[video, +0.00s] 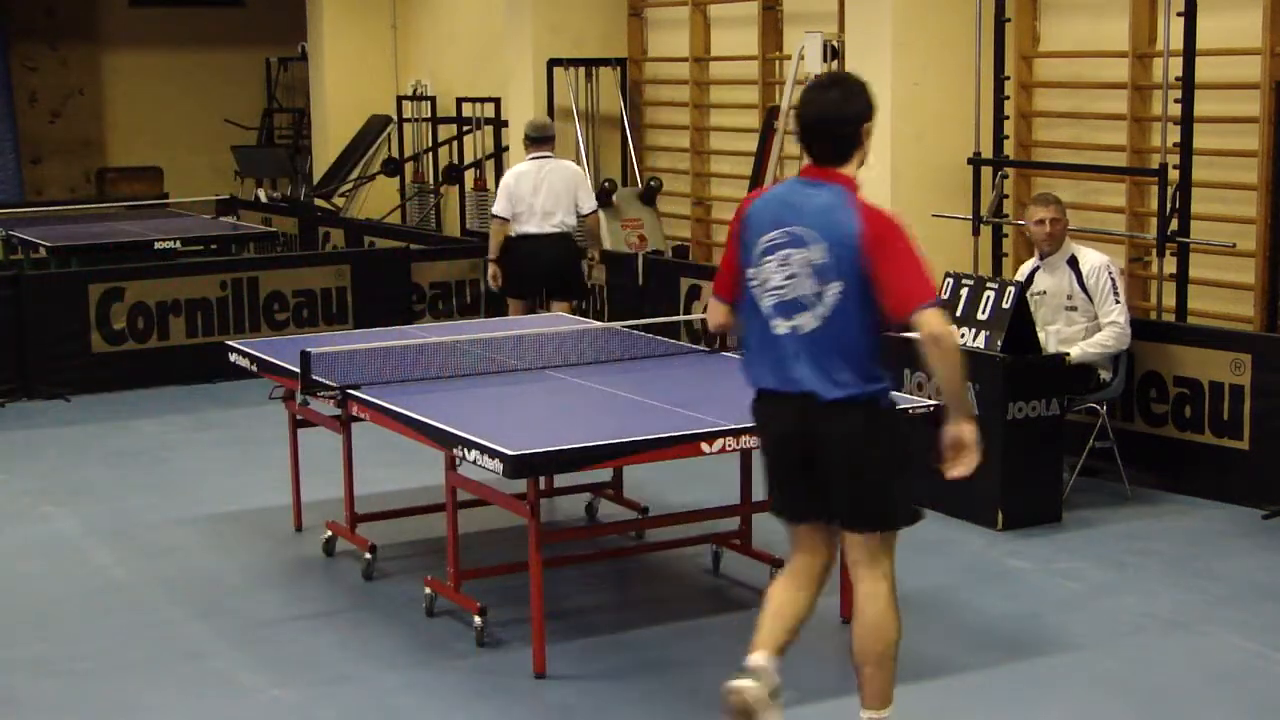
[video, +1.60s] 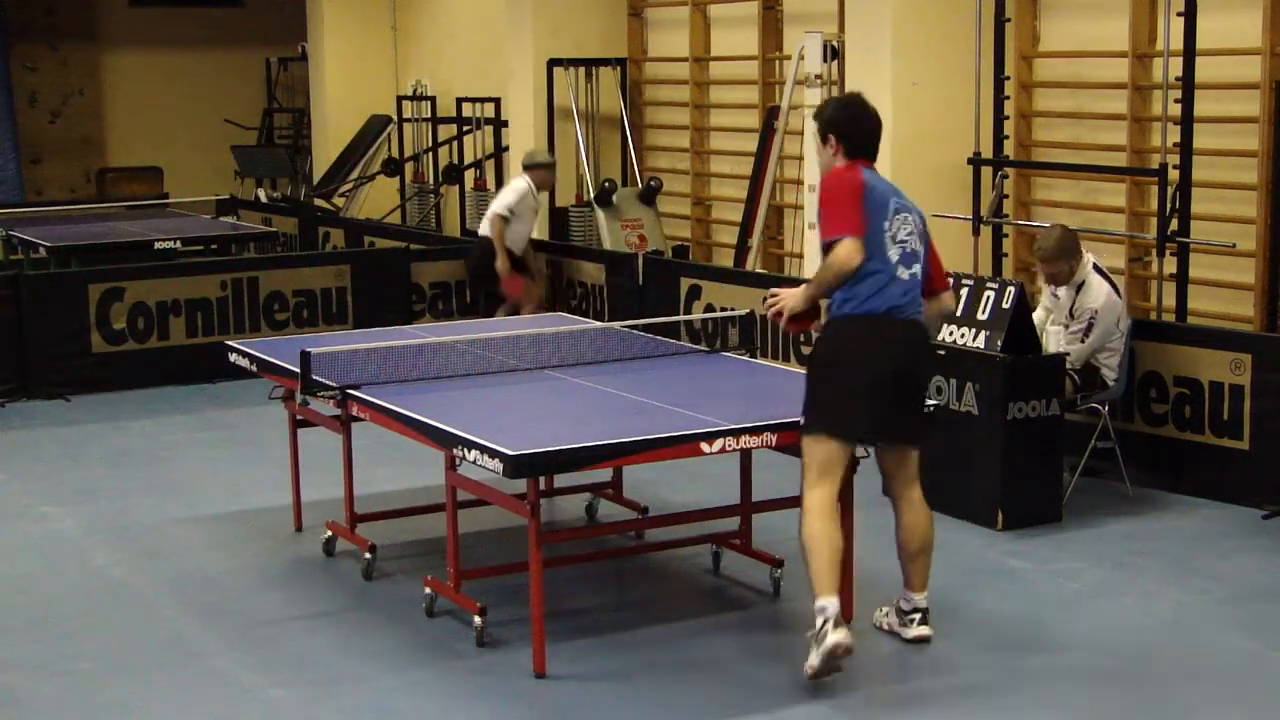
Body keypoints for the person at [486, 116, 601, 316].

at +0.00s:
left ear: (525, 143)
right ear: (553, 142)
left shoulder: (513, 175)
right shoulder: (573, 172)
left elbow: (499, 222)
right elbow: (591, 215)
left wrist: (492, 261)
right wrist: (595, 248)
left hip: (520, 253)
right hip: (562, 252)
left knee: (516, 322)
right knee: (561, 323)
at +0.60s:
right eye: (548, 158)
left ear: (523, 156)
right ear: (548, 158)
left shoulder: (504, 181)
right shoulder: (553, 183)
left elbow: (490, 217)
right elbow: (558, 222)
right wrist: (560, 264)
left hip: (501, 249)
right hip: (536, 251)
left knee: (491, 305)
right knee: (538, 308)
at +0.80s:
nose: (555, 189)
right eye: (555, 186)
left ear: (529, 183)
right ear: (553, 185)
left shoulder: (514, 200)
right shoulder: (554, 201)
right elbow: (556, 234)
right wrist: (558, 272)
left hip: (496, 255)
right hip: (528, 258)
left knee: (495, 301)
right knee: (541, 306)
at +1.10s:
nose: (552, 224)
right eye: (551, 221)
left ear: (526, 220)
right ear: (548, 221)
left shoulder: (519, 234)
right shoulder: (545, 231)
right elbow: (541, 255)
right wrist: (546, 294)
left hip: (490, 290)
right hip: (517, 293)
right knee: (567, 304)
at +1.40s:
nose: (556, 214)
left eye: (556, 209)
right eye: (555, 209)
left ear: (533, 208)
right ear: (545, 209)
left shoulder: (521, 223)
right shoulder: (538, 224)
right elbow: (524, 252)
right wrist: (528, 293)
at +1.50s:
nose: (557, 197)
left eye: (557, 191)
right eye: (555, 191)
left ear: (541, 190)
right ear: (543, 190)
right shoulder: (532, 204)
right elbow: (513, 235)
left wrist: (527, 277)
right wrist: (515, 276)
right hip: (494, 262)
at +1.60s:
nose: (554, 178)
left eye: (553, 172)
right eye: (550, 172)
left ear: (538, 172)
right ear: (538, 172)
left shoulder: (532, 194)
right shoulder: (521, 187)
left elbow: (520, 234)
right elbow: (496, 217)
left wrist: (531, 263)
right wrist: (501, 256)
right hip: (489, 250)